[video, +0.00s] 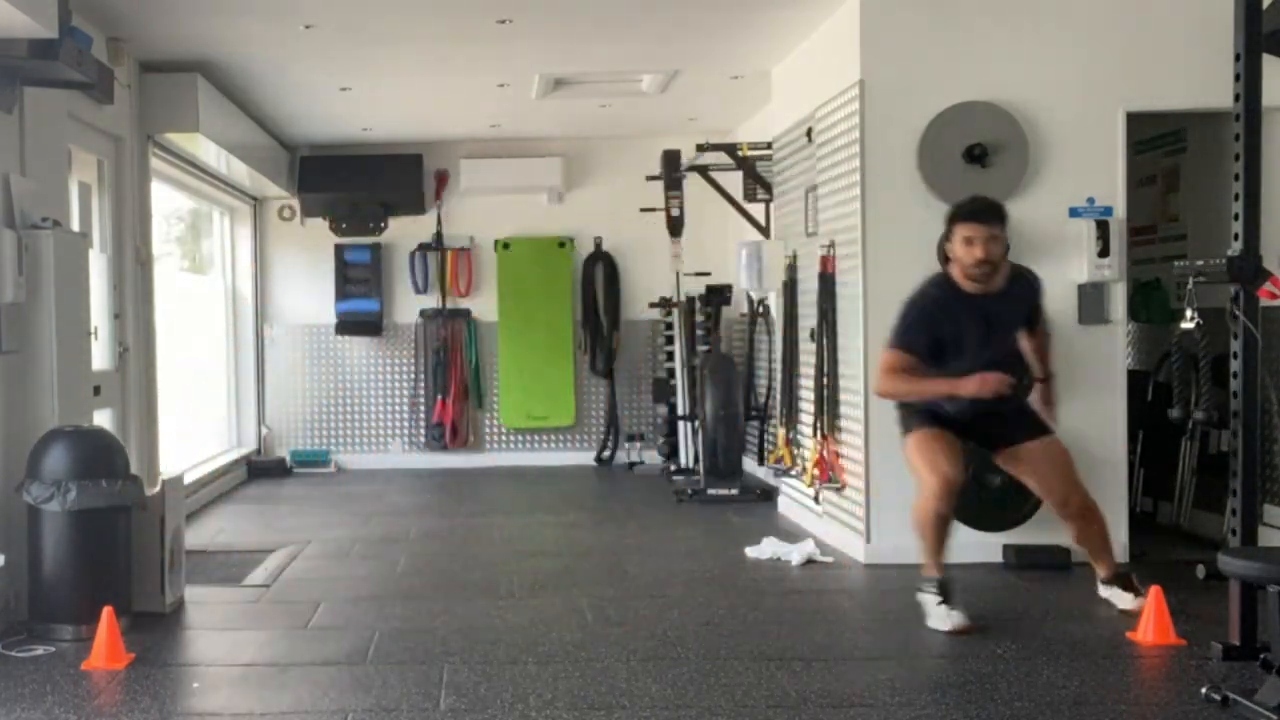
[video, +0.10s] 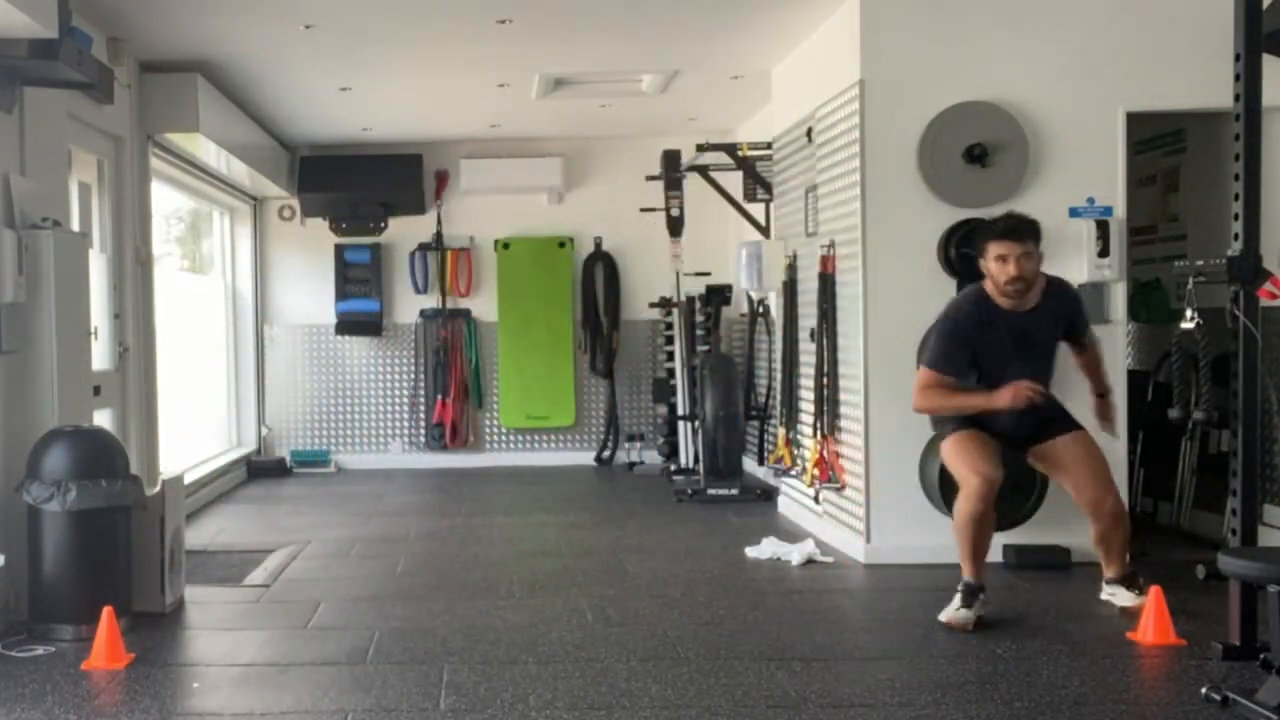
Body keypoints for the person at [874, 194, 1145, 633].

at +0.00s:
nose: (981, 253)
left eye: (991, 241)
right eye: (969, 242)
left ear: (1006, 244)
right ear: (949, 248)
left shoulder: (1023, 286)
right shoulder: (930, 301)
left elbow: (1035, 330)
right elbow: (887, 381)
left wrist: (1044, 379)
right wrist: (962, 384)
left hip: (1001, 403)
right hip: (933, 411)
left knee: (1073, 500)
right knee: (942, 478)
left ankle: (1109, 577)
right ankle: (933, 586)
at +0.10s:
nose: (1015, 271)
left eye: (1024, 259)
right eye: (1002, 260)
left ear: (1039, 259)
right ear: (984, 265)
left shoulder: (1060, 298)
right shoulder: (963, 315)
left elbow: (1083, 346)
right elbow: (924, 397)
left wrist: (1102, 393)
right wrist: (995, 398)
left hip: (1034, 410)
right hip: (966, 417)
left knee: (1105, 501)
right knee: (982, 480)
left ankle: (1116, 580)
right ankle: (970, 588)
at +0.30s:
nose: (1020, 270)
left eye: (1030, 258)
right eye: (1008, 259)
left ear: (1047, 256)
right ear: (992, 261)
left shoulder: (1071, 294)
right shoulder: (968, 307)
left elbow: (1114, 339)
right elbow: (912, 372)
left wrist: (1140, 398)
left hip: (1035, 396)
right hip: (966, 400)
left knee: (1101, 481)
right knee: (1003, 475)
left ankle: (1117, 577)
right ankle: (1003, 560)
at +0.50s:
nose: (951, 254)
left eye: (961, 242)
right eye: (940, 244)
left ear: (979, 244)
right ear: (925, 247)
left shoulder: (1003, 282)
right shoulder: (898, 296)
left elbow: (1026, 323)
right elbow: (845, 344)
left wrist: (1036, 367)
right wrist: (832, 407)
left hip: (998, 395)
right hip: (930, 411)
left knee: (1052, 487)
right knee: (963, 508)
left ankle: (1104, 561)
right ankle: (1011, 570)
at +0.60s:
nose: (906, 251)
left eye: (915, 239)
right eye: (894, 240)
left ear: (932, 238)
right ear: (880, 242)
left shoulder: (961, 272)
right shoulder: (862, 293)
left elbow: (977, 308)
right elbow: (801, 353)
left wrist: (981, 338)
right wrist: (814, 365)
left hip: (956, 392)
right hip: (897, 413)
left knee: (968, 474)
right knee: (943, 506)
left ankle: (1010, 550)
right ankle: (1009, 572)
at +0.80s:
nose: (803, 238)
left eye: (813, 226)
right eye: (791, 228)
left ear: (827, 226)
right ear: (776, 230)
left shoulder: (855, 275)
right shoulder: (754, 281)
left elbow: (904, 326)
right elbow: (715, 337)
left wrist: (938, 388)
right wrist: (728, 406)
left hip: (837, 396)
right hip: (778, 408)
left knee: (846, 488)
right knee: (818, 505)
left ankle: (863, 591)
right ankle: (873, 531)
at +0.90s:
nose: (727, 236)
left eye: (736, 225)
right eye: (716, 226)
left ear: (751, 224)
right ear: (702, 229)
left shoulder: (787, 274)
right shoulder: (684, 276)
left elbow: (848, 323)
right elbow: (655, 313)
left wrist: (869, 380)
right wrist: (651, 376)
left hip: (782, 391)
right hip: (716, 392)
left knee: (818, 487)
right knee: (697, 491)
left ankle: (861, 587)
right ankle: (715, 539)